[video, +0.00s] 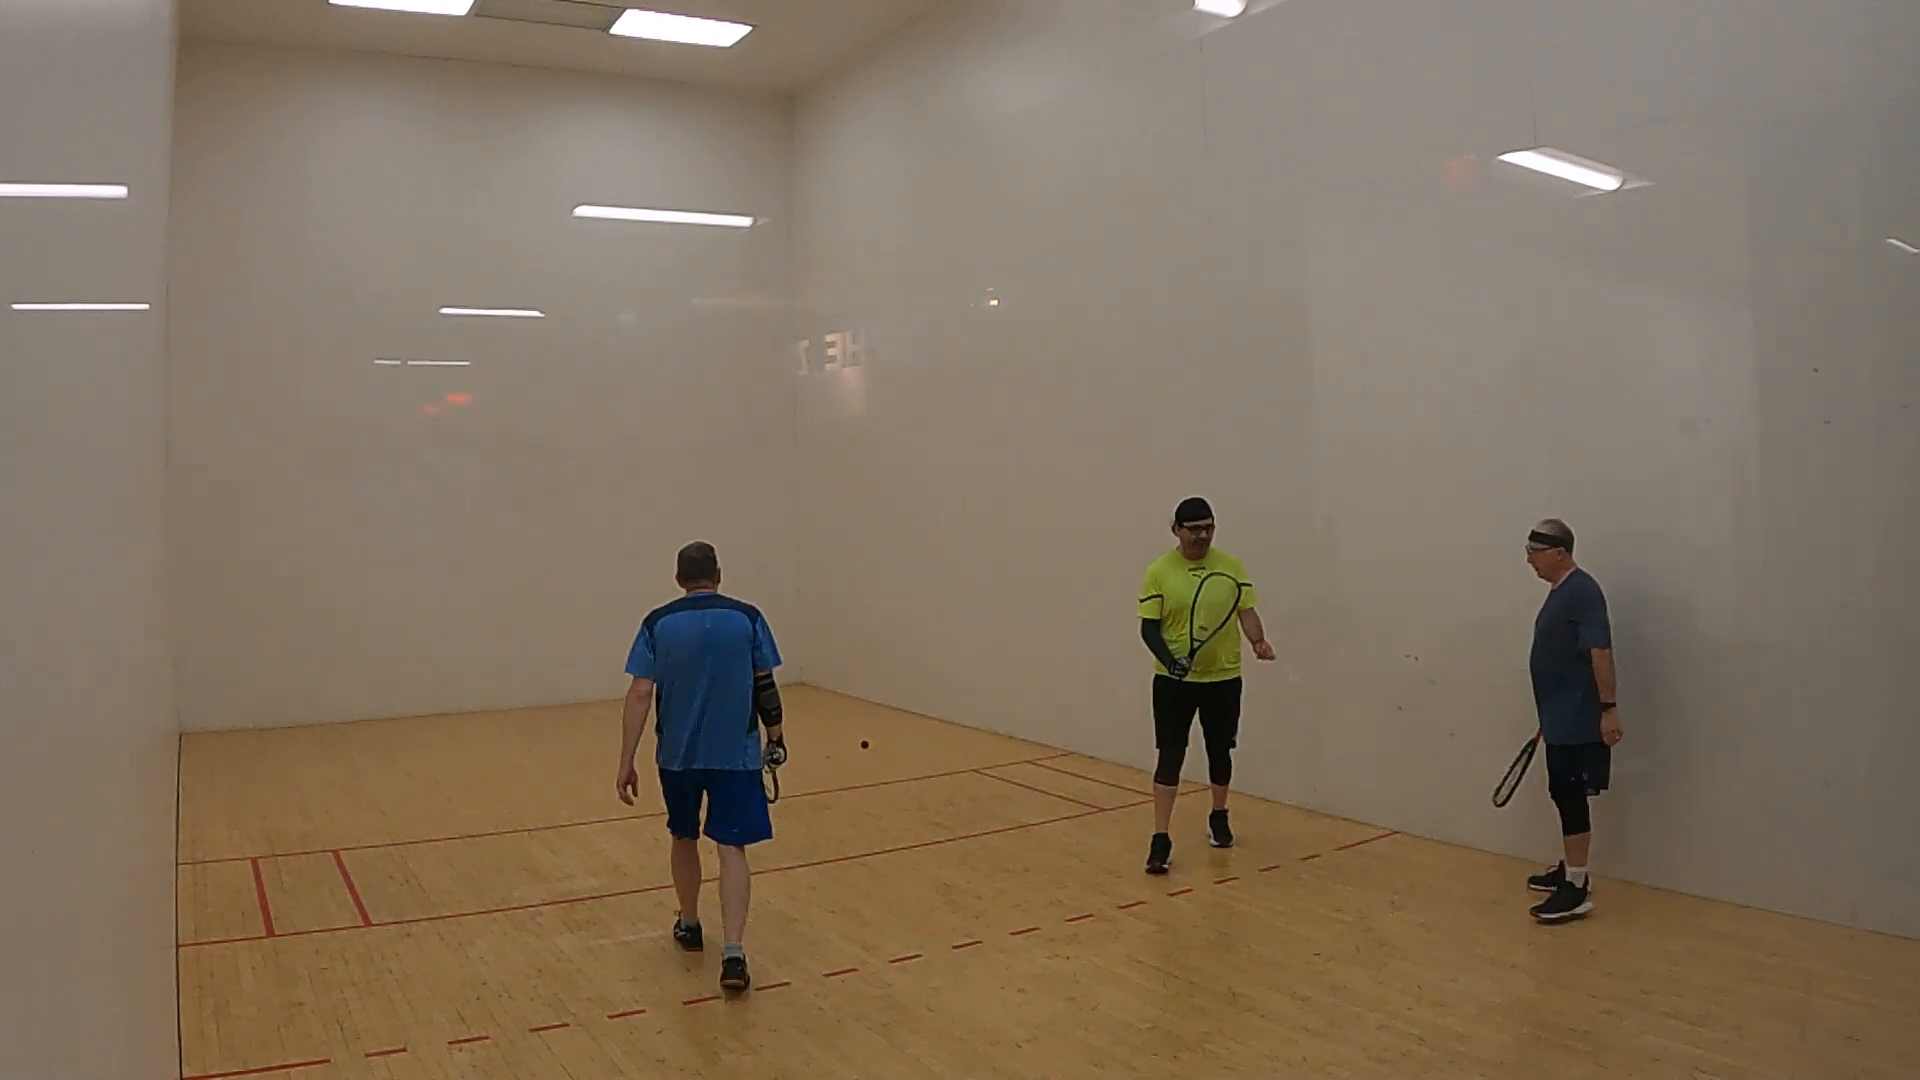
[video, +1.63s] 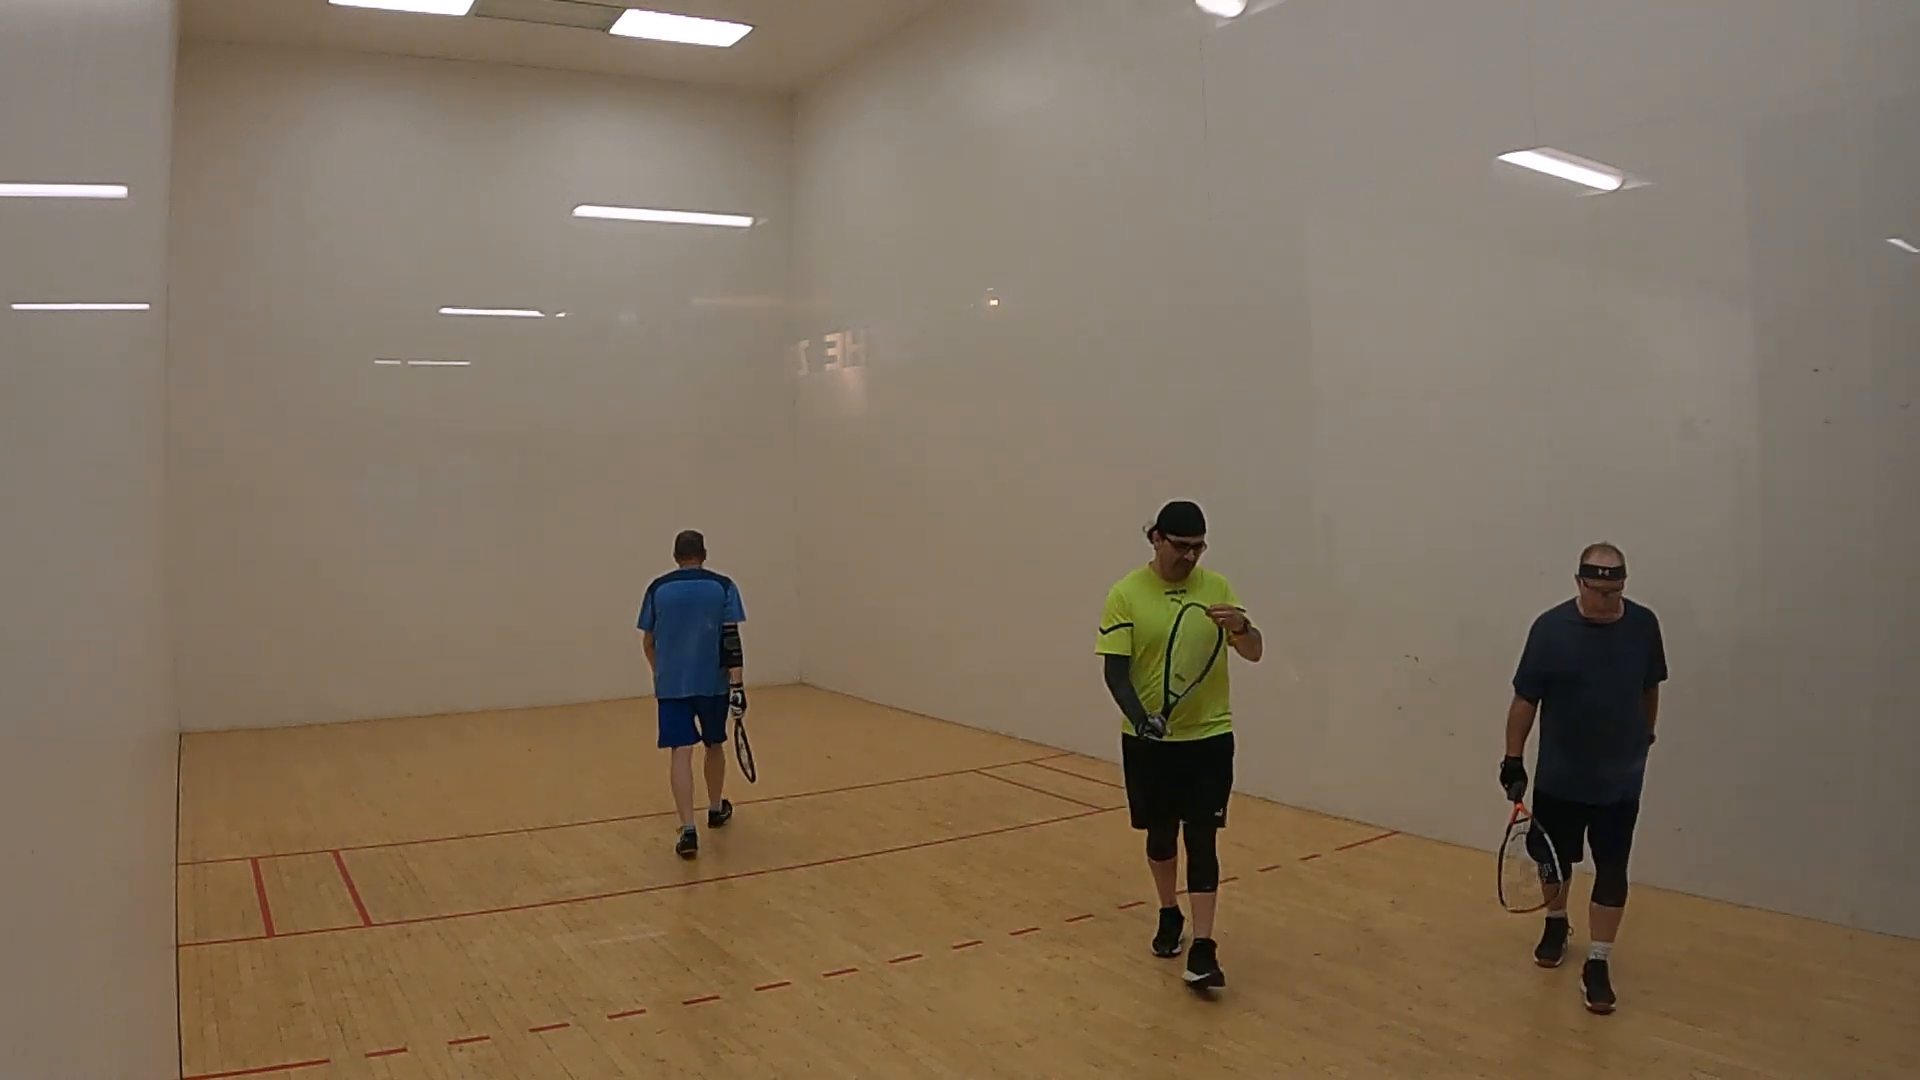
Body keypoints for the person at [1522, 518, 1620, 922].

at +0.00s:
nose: (1529, 559)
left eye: (1534, 552)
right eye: (1528, 552)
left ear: (1560, 552)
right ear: (1555, 554)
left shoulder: (1583, 590)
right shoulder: (1561, 591)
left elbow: (1600, 652)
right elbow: (1562, 658)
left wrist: (1609, 709)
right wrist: (1548, 716)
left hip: (1576, 718)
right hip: (1559, 717)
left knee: (1571, 795)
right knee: (1563, 792)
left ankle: (1578, 886)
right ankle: (1570, 868)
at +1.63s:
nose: (1605, 587)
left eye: (1614, 578)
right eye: (1595, 578)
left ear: (1625, 581)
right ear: (1579, 581)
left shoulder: (1643, 625)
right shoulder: (1550, 629)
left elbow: (1650, 688)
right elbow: (1524, 698)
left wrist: (1644, 740)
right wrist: (1512, 759)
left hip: (1621, 772)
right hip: (1561, 770)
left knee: (1613, 869)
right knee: (1551, 857)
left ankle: (1598, 964)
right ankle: (1555, 923)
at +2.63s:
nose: (1691, 605)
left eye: (1699, 595)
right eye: (1679, 595)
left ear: (1707, 594)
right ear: (1653, 593)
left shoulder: (1715, 643)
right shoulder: (1614, 650)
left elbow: (1713, 724)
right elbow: (1581, 735)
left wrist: (1707, 793)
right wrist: (1576, 810)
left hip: (1697, 819)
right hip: (1626, 821)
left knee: (1711, 930)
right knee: (1618, 930)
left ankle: (1695, 1031)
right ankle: (1616, 1018)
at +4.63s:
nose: (1785, 605)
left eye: (1793, 594)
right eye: (1787, 593)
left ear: (1823, 603)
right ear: (1827, 604)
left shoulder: (1867, 681)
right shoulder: (1843, 675)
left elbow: (1871, 801)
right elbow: (1839, 793)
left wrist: (1845, 899)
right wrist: (1798, 872)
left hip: (1851, 902)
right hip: (1826, 894)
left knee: (1838, 1045)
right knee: (1824, 1039)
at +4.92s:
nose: (1784, 601)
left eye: (1790, 589)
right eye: (1785, 589)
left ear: (1819, 597)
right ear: (1836, 598)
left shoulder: (1843, 672)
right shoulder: (1868, 663)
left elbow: (1830, 790)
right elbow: (1846, 790)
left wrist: (1797, 885)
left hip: (1823, 883)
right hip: (1858, 881)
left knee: (1765, 997)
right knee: (1840, 996)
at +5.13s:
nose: (1769, 600)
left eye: (1774, 590)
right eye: (1771, 589)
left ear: (1796, 598)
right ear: (1826, 599)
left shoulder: (1812, 671)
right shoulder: (1864, 663)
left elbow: (1799, 785)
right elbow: (1860, 783)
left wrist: (1772, 875)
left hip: (1801, 879)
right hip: (1856, 880)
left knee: (1742, 978)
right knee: (1839, 994)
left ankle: (1724, 1075)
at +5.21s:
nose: (1758, 602)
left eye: (1762, 592)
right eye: (1759, 591)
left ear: (1783, 600)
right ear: (1819, 600)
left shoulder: (1792, 671)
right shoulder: (1859, 666)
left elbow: (1784, 785)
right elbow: (1869, 760)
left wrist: (1761, 873)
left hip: (1785, 877)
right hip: (1850, 878)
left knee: (1733, 973)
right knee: (1836, 993)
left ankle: (1706, 1075)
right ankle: (1842, 1079)